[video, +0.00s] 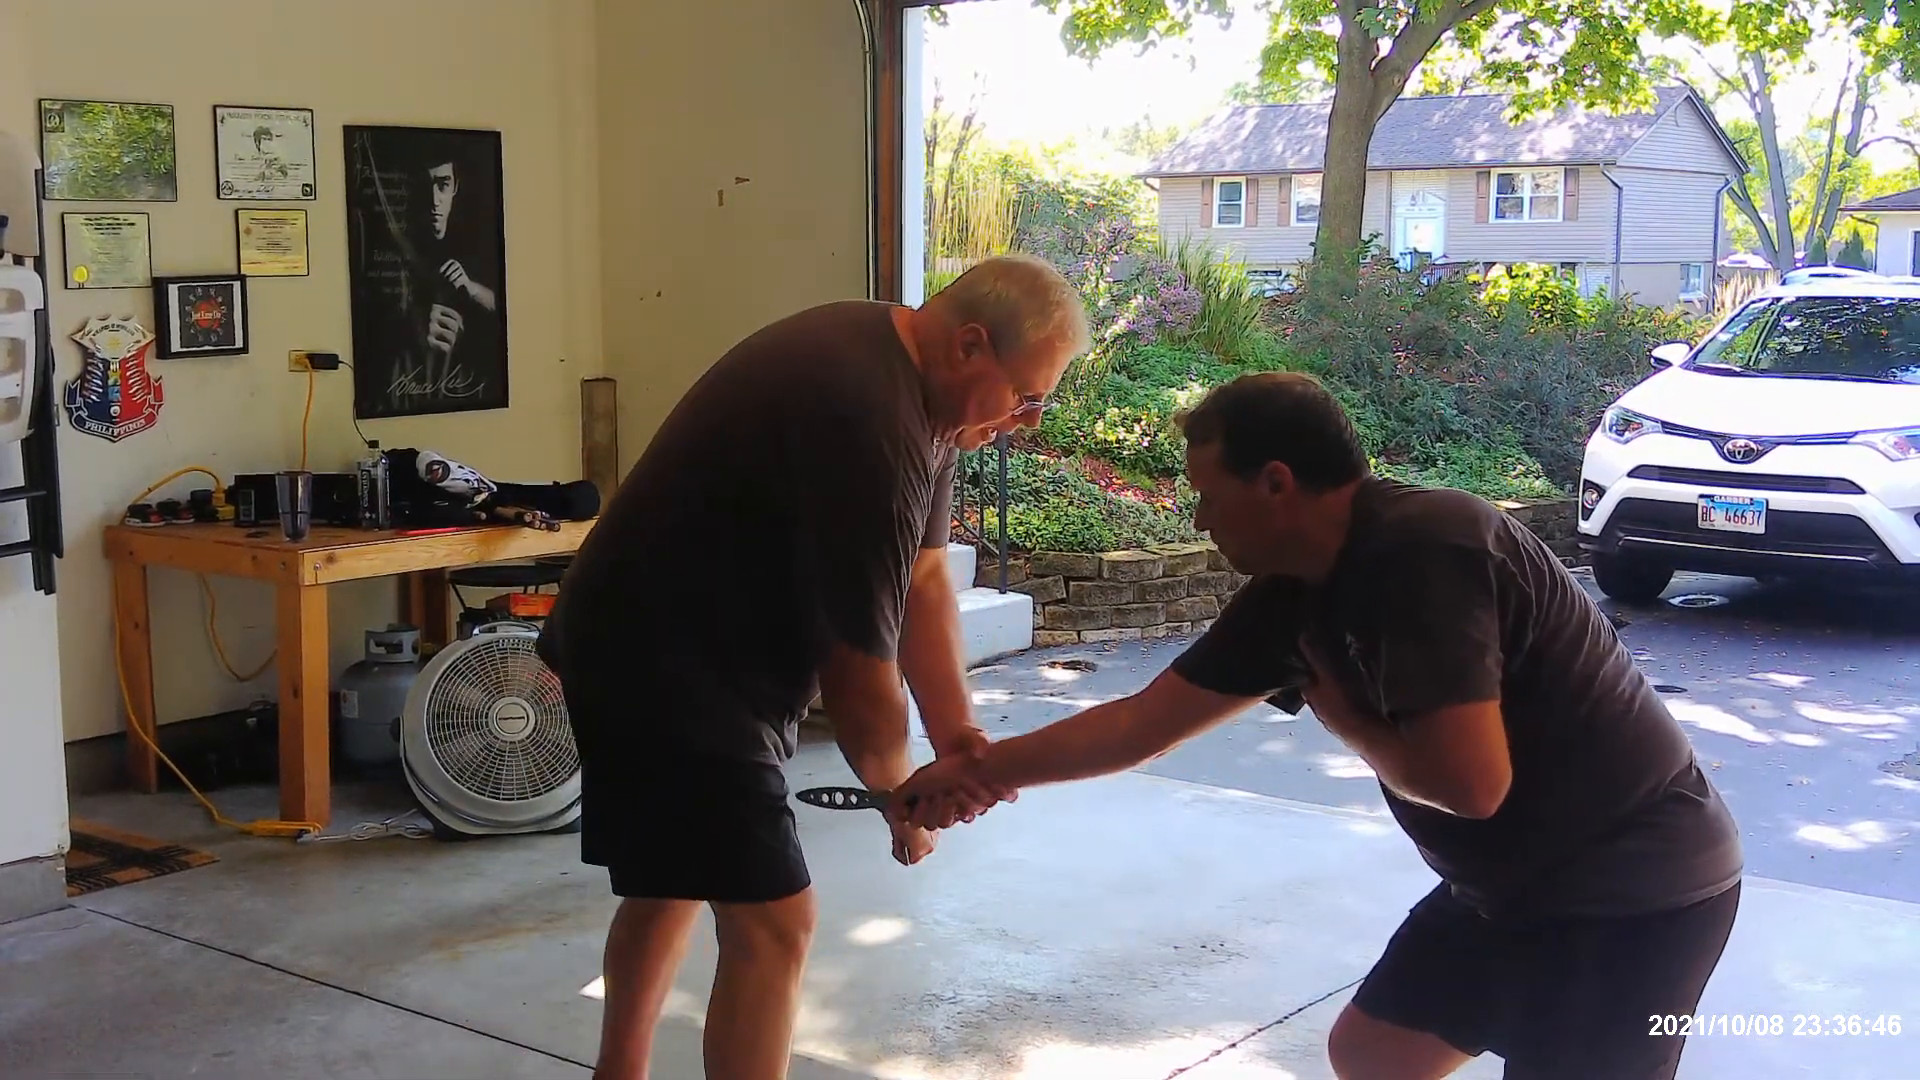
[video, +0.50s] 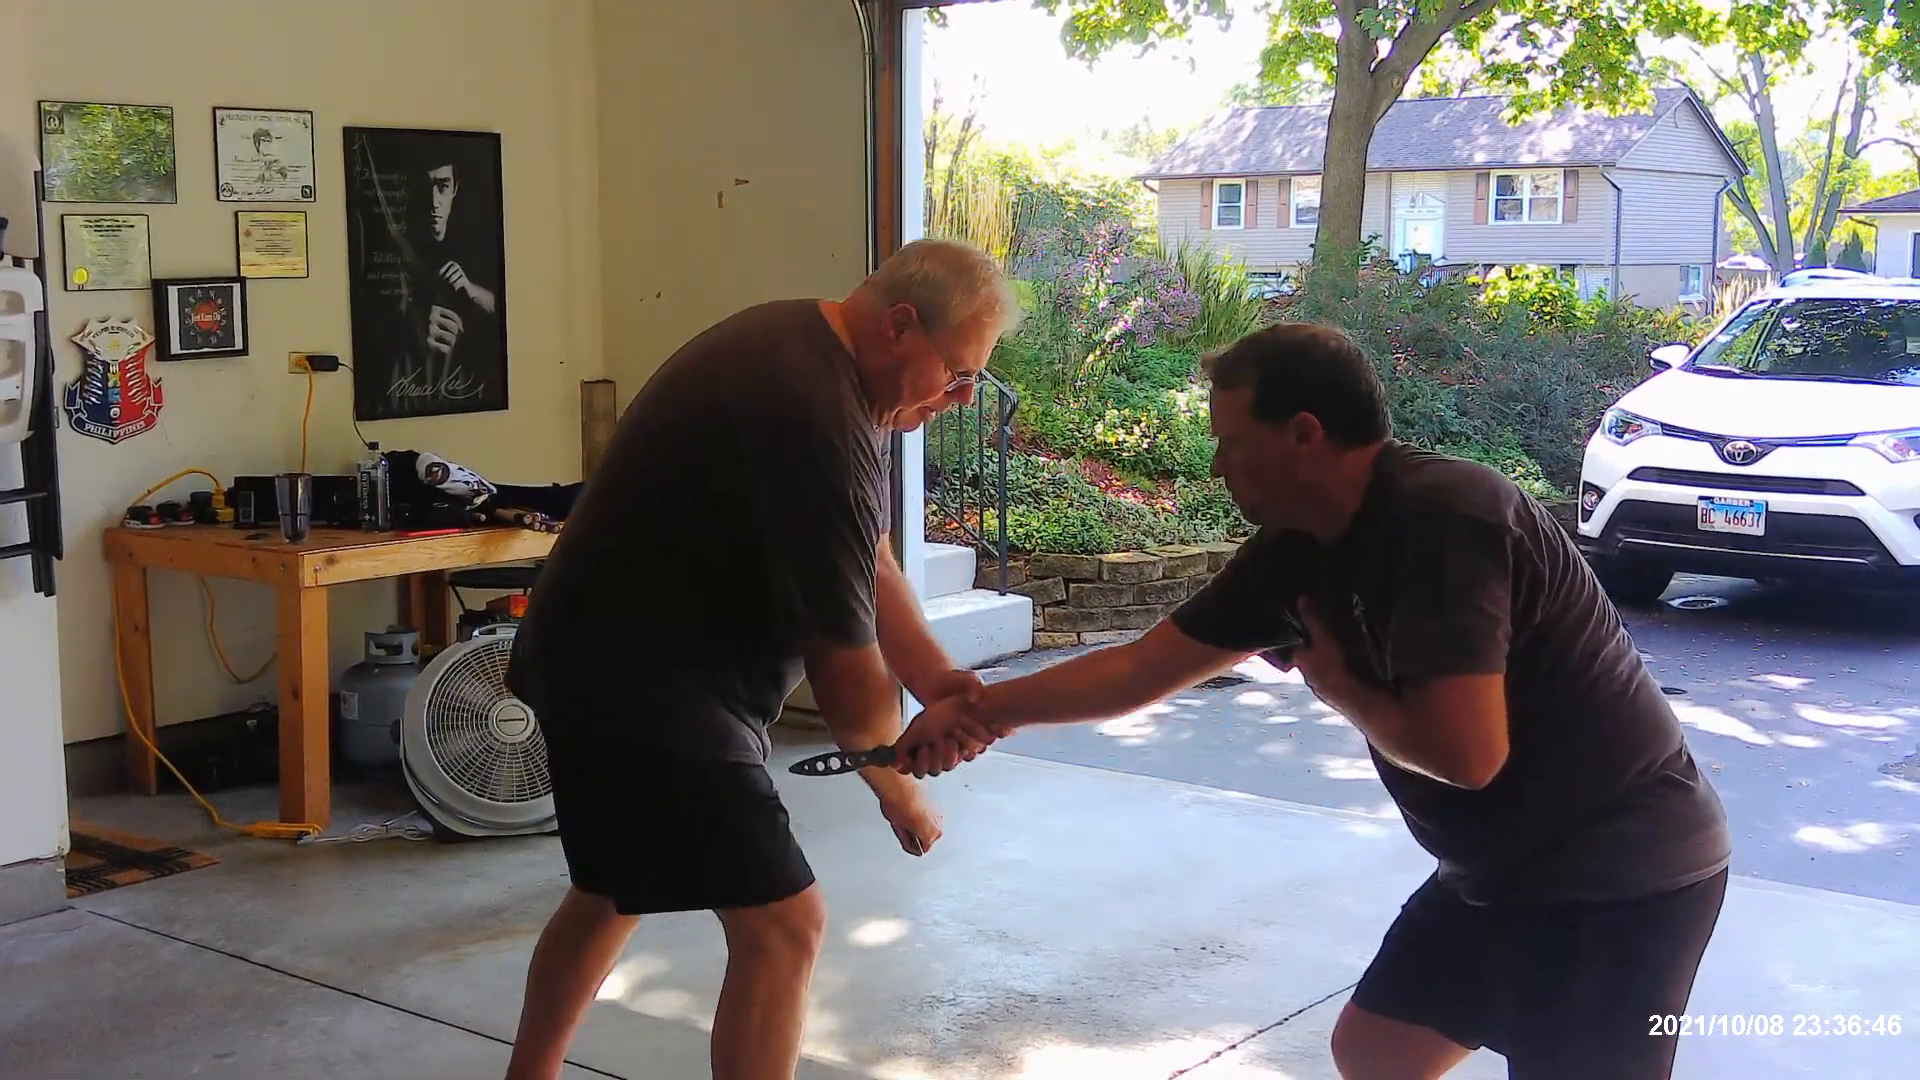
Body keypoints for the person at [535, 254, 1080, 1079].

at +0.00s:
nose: (1018, 420)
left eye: (1032, 404)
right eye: (1022, 397)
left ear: (965, 341)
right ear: (967, 346)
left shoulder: (903, 377)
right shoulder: (874, 419)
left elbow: (925, 577)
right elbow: (857, 672)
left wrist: (959, 740)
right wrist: (902, 795)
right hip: (670, 663)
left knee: (663, 881)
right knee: (773, 924)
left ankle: (618, 1068)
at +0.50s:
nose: (958, 397)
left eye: (968, 381)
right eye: (958, 373)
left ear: (890, 321)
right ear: (896, 325)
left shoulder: (797, 347)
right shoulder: (821, 415)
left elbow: (869, 564)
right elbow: (845, 665)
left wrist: (939, 683)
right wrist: (895, 787)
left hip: (585, 660)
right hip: (652, 687)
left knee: (606, 889)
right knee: (781, 924)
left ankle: (530, 1070)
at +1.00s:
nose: (909, 298)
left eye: (913, 277)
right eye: (899, 273)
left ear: (823, 251)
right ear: (830, 253)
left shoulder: (712, 309)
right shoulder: (778, 352)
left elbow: (762, 498)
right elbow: (948, 505)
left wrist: (910, 561)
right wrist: (1135, 584)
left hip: (595, 665)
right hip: (669, 686)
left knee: (610, 886)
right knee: (793, 924)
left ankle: (528, 1072)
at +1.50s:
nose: (895, 233)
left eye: (894, 211)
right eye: (877, 211)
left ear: (802, 212)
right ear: (799, 208)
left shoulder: (783, 315)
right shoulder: (747, 331)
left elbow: (758, 524)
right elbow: (763, 551)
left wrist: (847, 604)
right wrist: (943, 579)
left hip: (730, 679)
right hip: (714, 691)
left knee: (716, 914)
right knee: (808, 938)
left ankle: (587, 1062)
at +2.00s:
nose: (938, 210)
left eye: (934, 191)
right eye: (922, 191)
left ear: (849, 207)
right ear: (855, 204)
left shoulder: (796, 307)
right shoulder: (856, 339)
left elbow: (864, 506)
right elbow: (986, 527)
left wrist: (976, 566)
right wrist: (1133, 423)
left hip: (878, 684)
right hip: (840, 708)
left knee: (963, 883)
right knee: (904, 952)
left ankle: (1009, 1073)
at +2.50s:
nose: (1059, 257)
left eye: (1064, 235)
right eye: (1058, 230)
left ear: (959, 209)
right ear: (1005, 213)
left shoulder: (850, 301)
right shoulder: (979, 334)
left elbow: (845, 498)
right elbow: (1039, 570)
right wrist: (1070, 637)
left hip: (813, 654)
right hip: (897, 677)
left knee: (969, 869)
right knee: (879, 936)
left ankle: (1010, 1072)